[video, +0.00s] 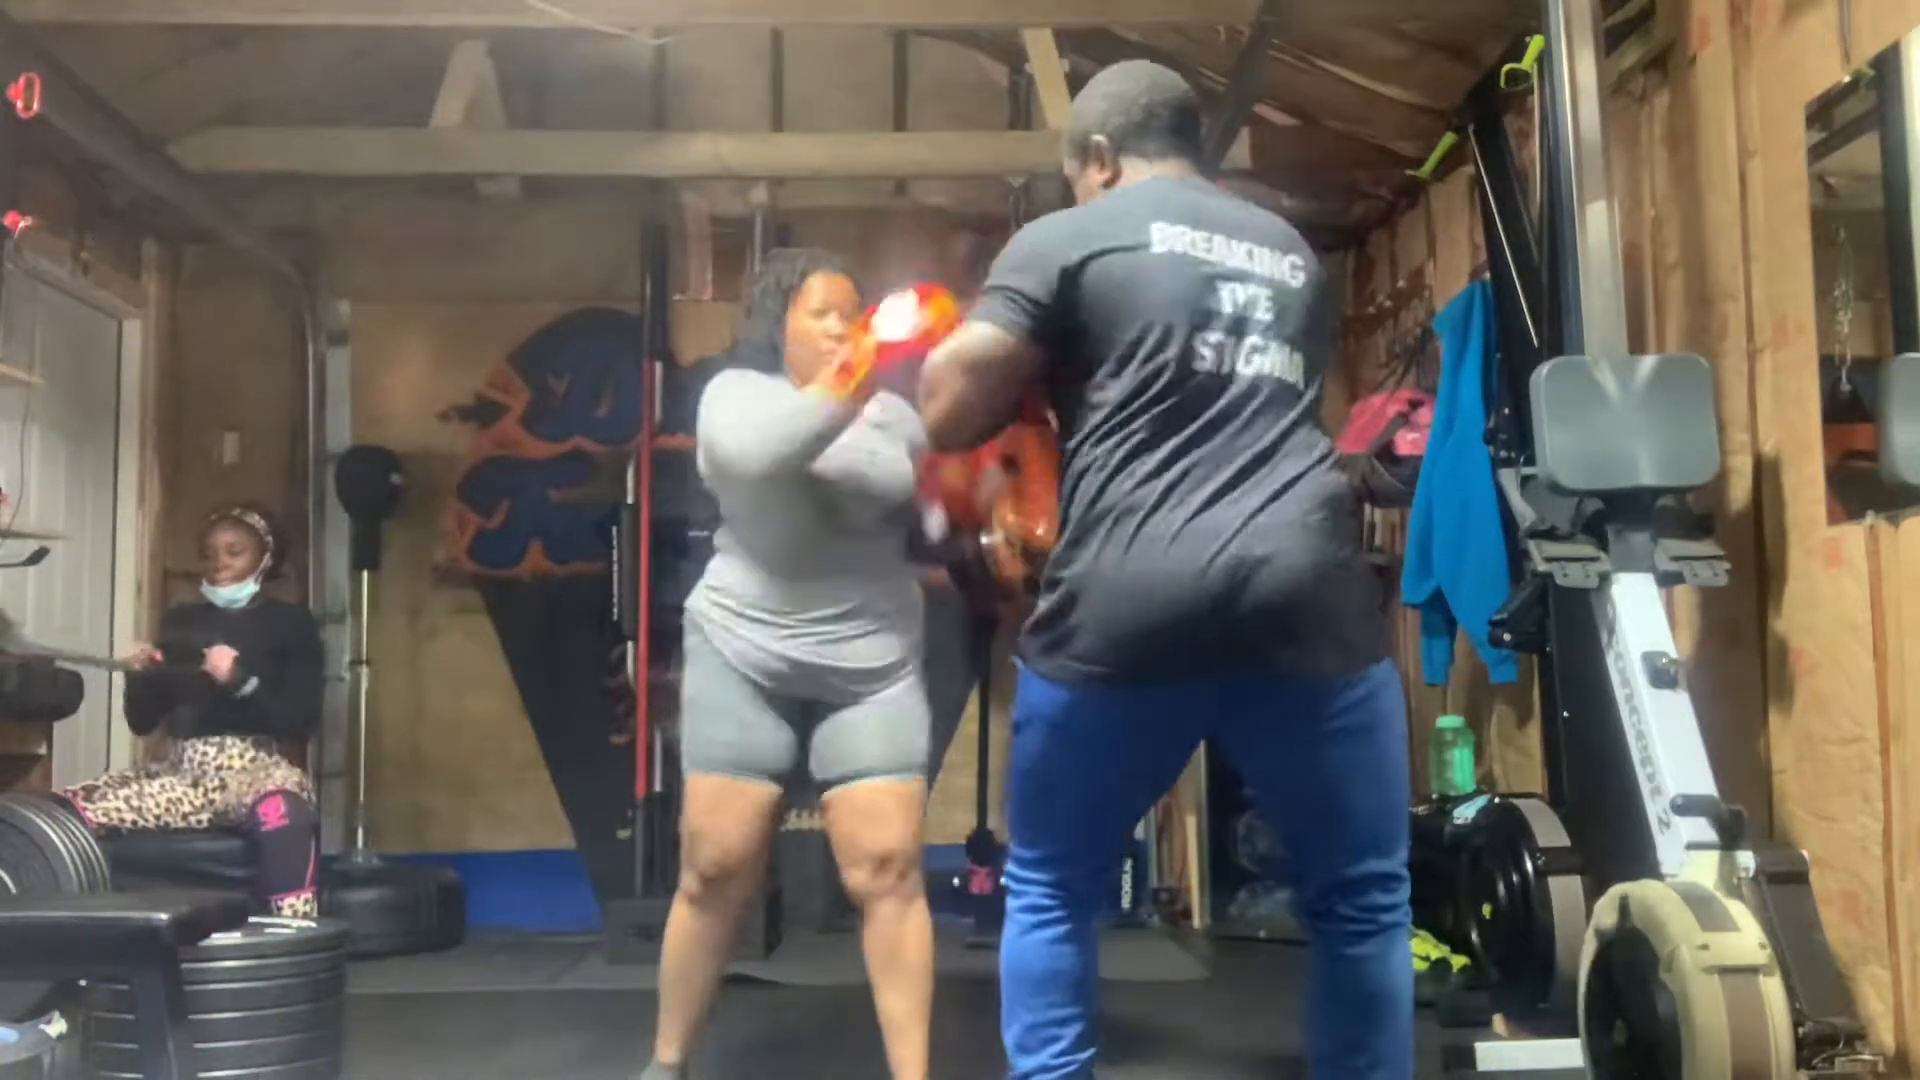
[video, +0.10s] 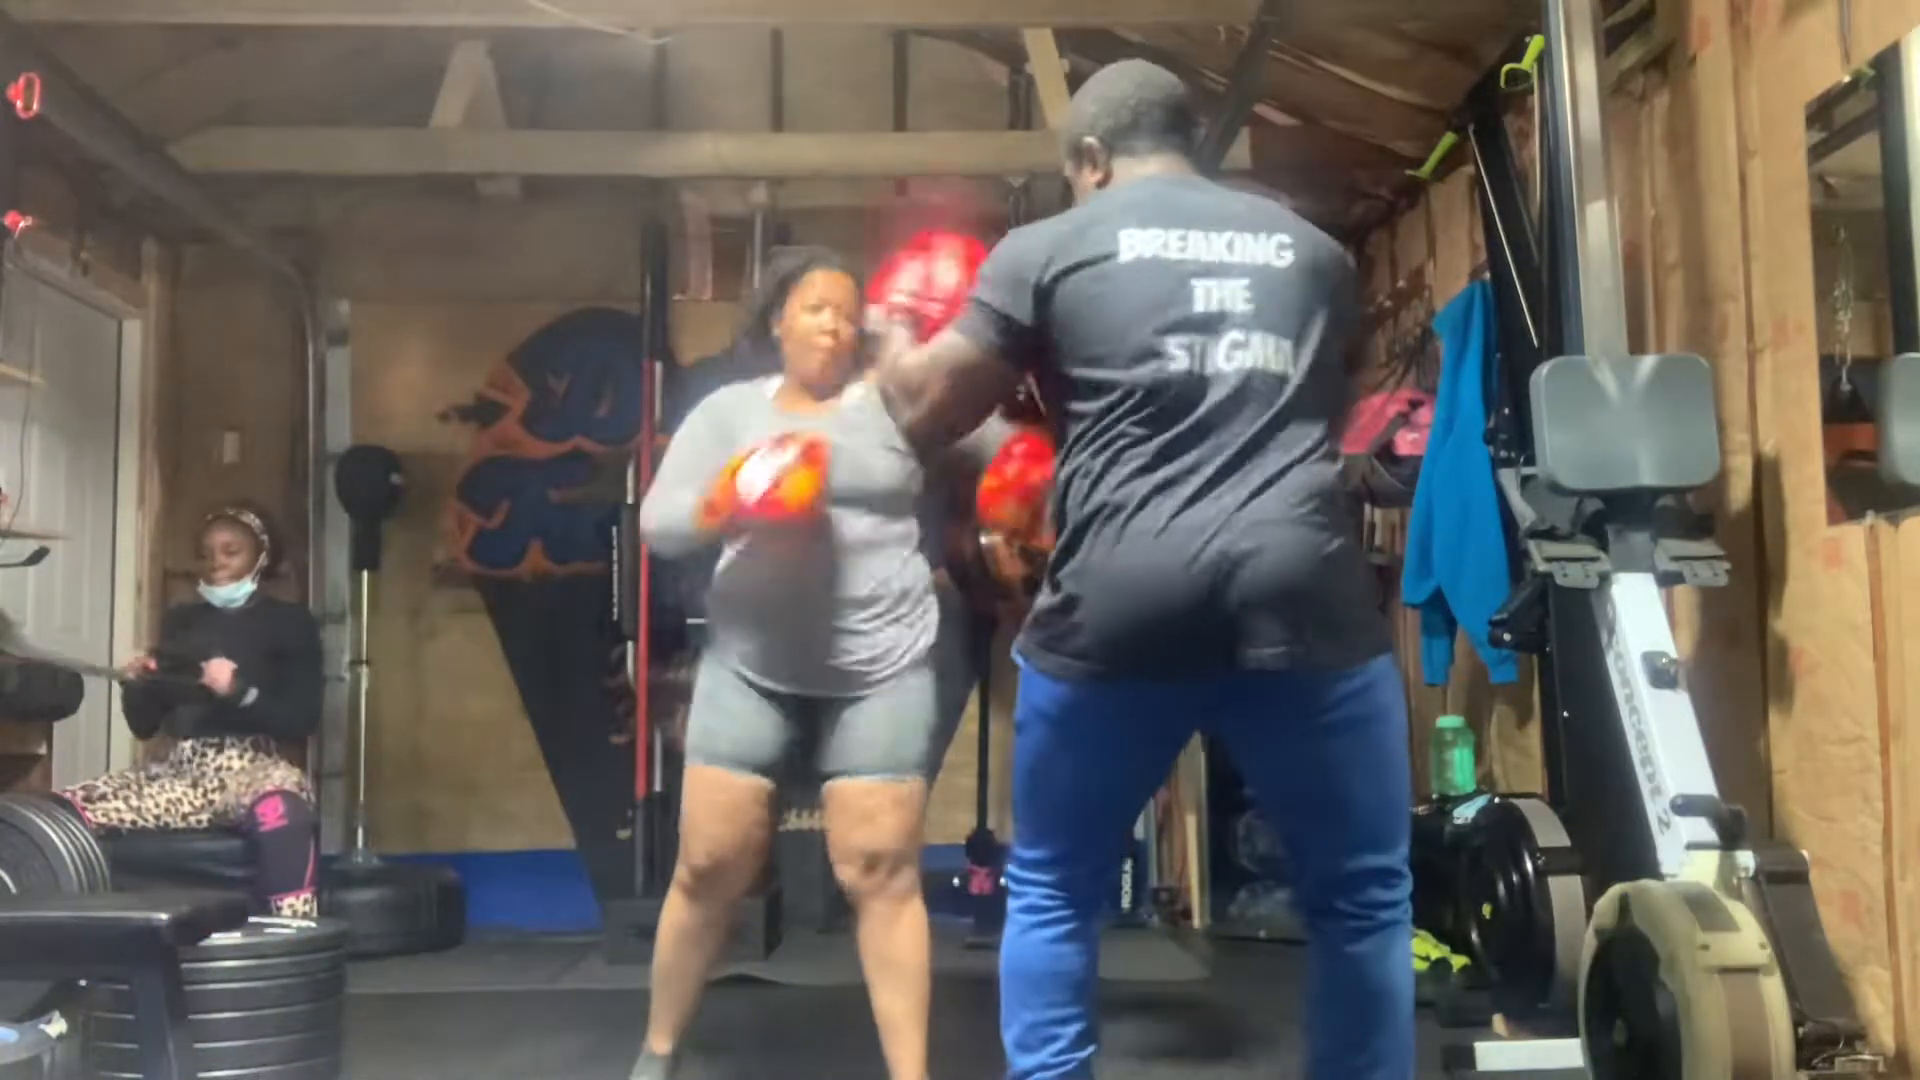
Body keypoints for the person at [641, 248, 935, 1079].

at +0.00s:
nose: (848, 333)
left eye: (857, 317)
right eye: (827, 314)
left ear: (869, 334)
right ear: (775, 324)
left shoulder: (891, 416)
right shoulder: (733, 393)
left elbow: (922, 514)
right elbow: (756, 448)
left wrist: (971, 519)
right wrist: (852, 382)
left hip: (872, 667)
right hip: (737, 655)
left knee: (886, 871)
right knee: (713, 869)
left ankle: (911, 1073)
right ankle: (666, 1062)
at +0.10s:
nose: (833, 327)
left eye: (847, 315)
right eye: (815, 310)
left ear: (861, 332)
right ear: (776, 324)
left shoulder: (901, 406)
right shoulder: (727, 413)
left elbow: (1001, 450)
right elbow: (656, 529)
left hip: (884, 672)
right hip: (748, 667)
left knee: (879, 869)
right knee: (707, 867)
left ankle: (909, 1073)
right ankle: (657, 1054)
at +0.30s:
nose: (860, 326)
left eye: (871, 312)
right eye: (842, 310)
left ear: (885, 325)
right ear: (798, 322)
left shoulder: (919, 408)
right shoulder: (749, 406)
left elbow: (1009, 481)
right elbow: (693, 537)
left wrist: (969, 407)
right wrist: (753, 473)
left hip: (904, 663)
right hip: (767, 650)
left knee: (891, 868)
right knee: (719, 862)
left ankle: (910, 1072)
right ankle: (658, 1048)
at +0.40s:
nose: (890, 323)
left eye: (899, 307)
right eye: (871, 307)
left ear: (914, 318)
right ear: (821, 316)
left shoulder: (933, 397)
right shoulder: (777, 382)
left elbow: (997, 529)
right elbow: (724, 460)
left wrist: (998, 448)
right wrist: (825, 381)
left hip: (909, 667)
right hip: (779, 647)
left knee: (891, 870)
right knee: (731, 860)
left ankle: (911, 1073)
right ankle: (658, 1053)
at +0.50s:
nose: (900, 325)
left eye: (906, 312)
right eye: (880, 309)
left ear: (909, 323)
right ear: (826, 309)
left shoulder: (927, 424)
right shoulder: (787, 373)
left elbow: (973, 540)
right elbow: (868, 366)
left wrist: (1001, 452)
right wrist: (947, 301)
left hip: (904, 665)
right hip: (779, 641)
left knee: (890, 871)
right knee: (731, 870)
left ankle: (911, 1073)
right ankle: (661, 1056)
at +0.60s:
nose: (890, 340)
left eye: (898, 326)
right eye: (871, 323)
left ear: (905, 334)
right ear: (819, 321)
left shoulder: (913, 414)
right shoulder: (780, 377)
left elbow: (960, 546)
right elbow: (835, 413)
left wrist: (970, 434)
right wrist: (931, 361)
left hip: (896, 663)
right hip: (770, 642)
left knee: (890, 870)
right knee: (729, 873)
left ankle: (912, 1073)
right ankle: (662, 1057)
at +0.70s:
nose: (876, 343)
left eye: (887, 329)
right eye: (858, 326)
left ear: (897, 340)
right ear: (809, 330)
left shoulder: (908, 427)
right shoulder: (761, 399)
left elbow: (945, 561)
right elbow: (762, 494)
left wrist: (961, 474)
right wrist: (876, 443)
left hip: (877, 666)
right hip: (750, 647)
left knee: (883, 871)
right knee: (721, 879)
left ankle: (911, 1073)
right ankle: (660, 1061)